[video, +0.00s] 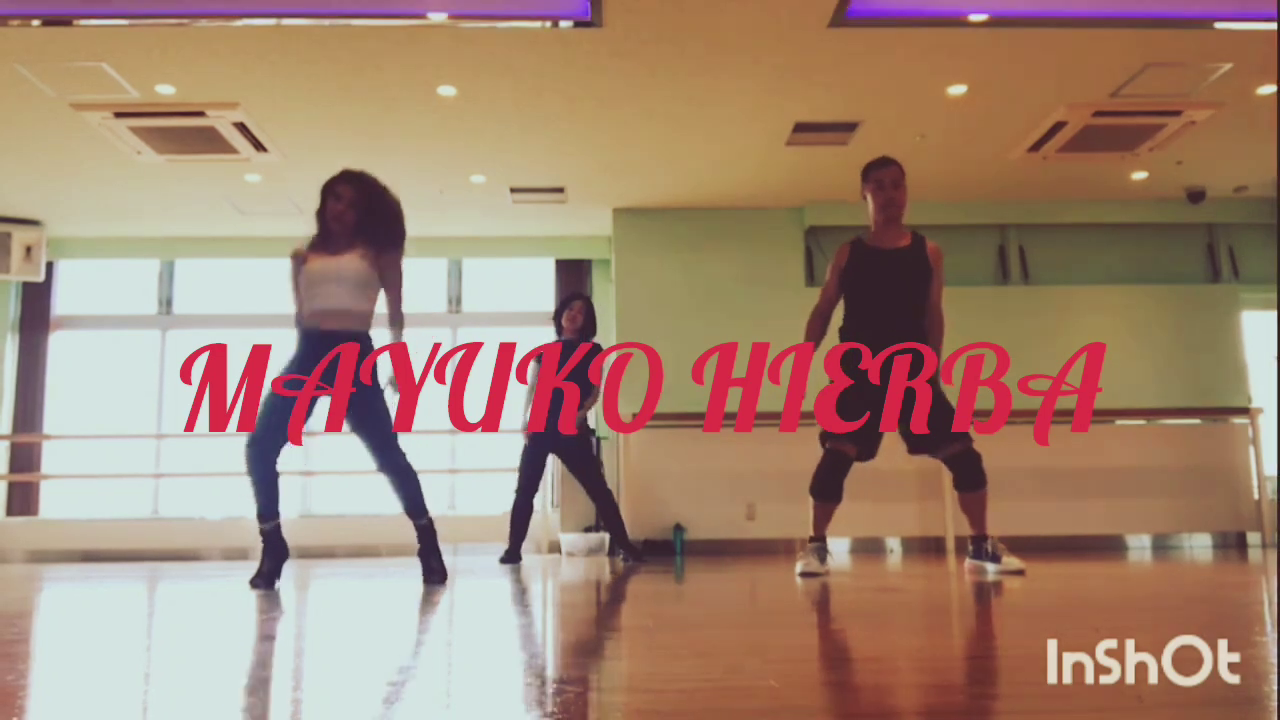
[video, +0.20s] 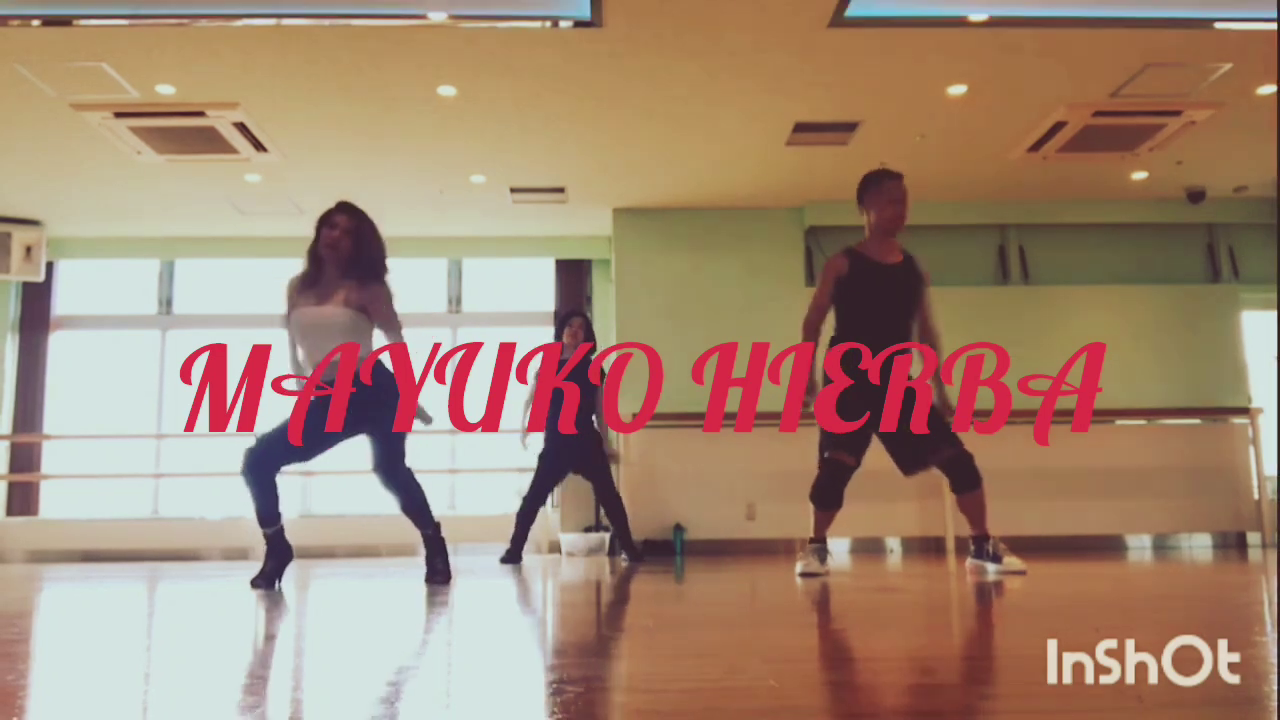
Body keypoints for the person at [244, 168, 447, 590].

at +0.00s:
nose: (339, 209)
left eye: (350, 203)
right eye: (334, 199)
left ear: (364, 212)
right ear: (323, 204)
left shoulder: (380, 255)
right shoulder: (304, 256)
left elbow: (395, 313)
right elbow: (303, 314)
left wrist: (398, 363)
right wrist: (305, 358)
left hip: (354, 360)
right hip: (308, 358)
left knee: (387, 453)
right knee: (260, 447)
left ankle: (428, 543)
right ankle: (272, 543)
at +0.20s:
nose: (335, 235)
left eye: (346, 231)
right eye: (330, 226)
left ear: (359, 243)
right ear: (317, 233)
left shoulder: (368, 289)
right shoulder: (298, 287)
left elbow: (398, 343)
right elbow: (294, 341)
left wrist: (410, 398)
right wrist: (300, 374)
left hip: (376, 395)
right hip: (330, 402)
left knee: (390, 469)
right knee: (258, 462)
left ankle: (434, 543)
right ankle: (277, 546)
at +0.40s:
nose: (358, 229)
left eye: (365, 221)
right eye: (352, 219)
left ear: (370, 226)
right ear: (333, 218)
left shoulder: (367, 264)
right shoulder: (302, 259)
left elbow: (392, 305)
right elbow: (258, 291)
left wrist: (426, 318)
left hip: (368, 369)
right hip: (325, 370)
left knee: (403, 454)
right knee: (314, 463)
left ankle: (438, 543)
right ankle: (275, 550)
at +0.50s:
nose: (366, 211)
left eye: (367, 203)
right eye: (359, 202)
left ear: (358, 208)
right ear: (338, 202)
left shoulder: (354, 239)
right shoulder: (313, 233)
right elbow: (320, 264)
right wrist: (342, 243)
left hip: (359, 358)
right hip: (325, 359)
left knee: (411, 443)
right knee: (328, 468)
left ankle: (430, 535)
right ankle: (267, 547)